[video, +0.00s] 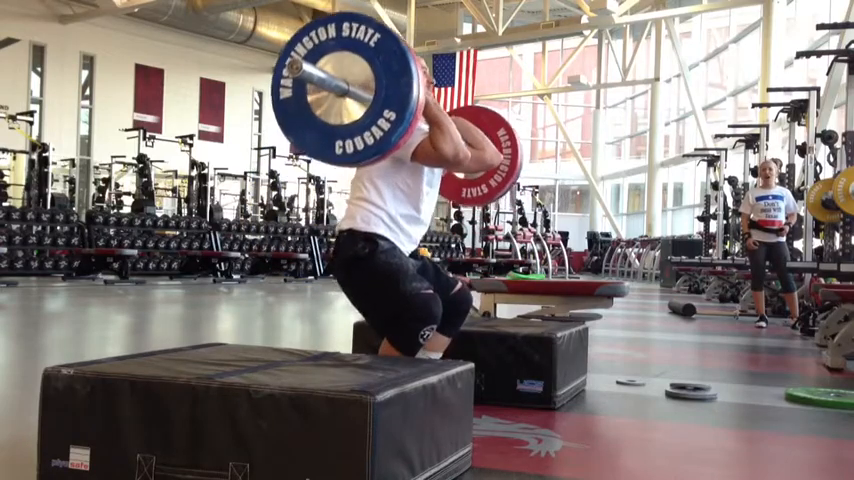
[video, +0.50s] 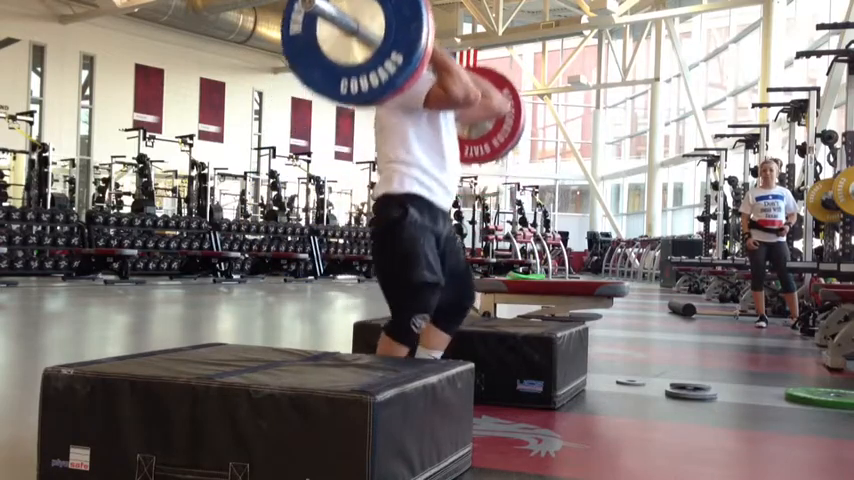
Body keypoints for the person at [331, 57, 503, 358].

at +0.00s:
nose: (424, 84)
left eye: (425, 77)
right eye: (415, 75)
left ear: (428, 86)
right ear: (398, 85)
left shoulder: (428, 136)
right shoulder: (392, 122)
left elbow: (491, 156)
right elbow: (452, 155)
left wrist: (444, 117)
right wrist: (427, 101)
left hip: (398, 250)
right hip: (364, 246)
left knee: (457, 300)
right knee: (418, 310)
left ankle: (413, 389)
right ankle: (375, 398)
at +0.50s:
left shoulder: (438, 92)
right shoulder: (398, 76)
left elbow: (498, 103)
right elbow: (460, 92)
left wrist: (454, 69)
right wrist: (430, 48)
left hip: (438, 214)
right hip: (403, 207)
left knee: (457, 297)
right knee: (415, 303)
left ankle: (418, 383)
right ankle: (378, 393)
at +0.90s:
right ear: (416, 19)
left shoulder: (441, 68)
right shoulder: (398, 55)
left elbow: (499, 71)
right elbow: (463, 55)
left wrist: (457, 38)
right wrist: (430, 16)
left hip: (442, 191)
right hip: (408, 188)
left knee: (424, 299)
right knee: (398, 297)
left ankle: (412, 385)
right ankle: (381, 387)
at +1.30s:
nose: (430, 15)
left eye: (432, 10)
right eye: (426, 7)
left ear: (424, 12)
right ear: (407, 4)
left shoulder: (410, 47)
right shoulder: (371, 36)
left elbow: (403, 98)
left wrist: (439, 87)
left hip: (401, 188)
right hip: (367, 186)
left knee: (414, 276)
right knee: (371, 294)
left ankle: (391, 373)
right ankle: (370, 386)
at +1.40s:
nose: (415, 15)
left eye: (417, 9)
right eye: (408, 6)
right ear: (381, 7)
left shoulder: (399, 65)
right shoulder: (362, 52)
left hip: (396, 196)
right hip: (361, 194)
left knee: (403, 292)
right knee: (367, 299)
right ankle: (373, 386)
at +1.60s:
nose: (380, 29)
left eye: (385, 22)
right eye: (373, 19)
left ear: (388, 25)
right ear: (348, 17)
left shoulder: (369, 75)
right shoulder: (322, 63)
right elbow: (283, 123)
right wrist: (255, 183)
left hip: (365, 198)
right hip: (328, 197)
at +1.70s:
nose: (360, 26)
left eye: (366, 20)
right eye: (353, 17)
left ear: (370, 26)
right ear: (330, 15)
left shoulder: (356, 78)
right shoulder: (304, 59)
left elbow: (360, 145)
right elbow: (283, 125)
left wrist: (376, 196)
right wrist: (280, 189)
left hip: (350, 196)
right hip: (311, 193)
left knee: (339, 290)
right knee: (326, 291)